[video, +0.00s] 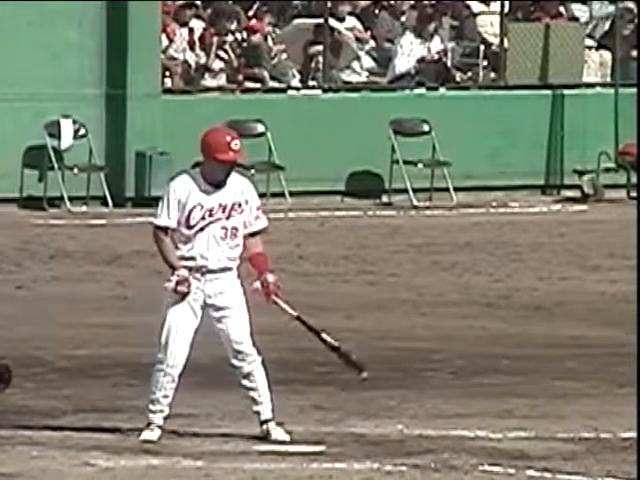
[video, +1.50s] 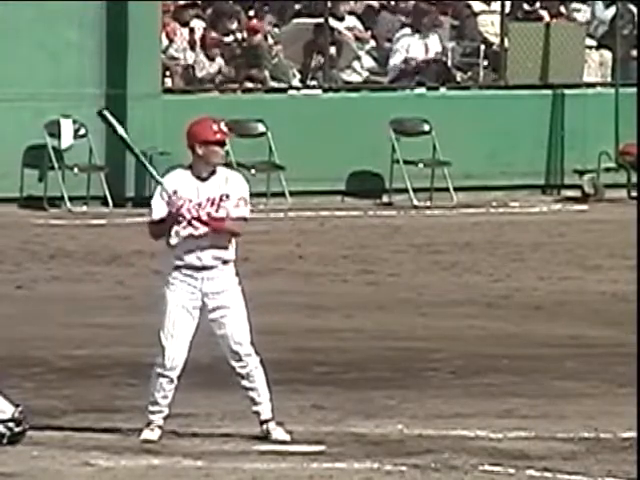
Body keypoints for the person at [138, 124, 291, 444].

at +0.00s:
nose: (230, 168)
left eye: (232, 163)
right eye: (225, 163)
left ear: (233, 160)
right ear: (209, 160)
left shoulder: (242, 187)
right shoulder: (180, 187)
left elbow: (253, 237)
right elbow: (161, 232)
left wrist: (264, 272)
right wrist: (178, 267)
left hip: (227, 279)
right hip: (188, 279)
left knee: (243, 351)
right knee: (171, 355)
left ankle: (268, 421)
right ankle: (155, 421)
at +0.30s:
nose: (234, 160)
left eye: (236, 155)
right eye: (229, 155)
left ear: (234, 155)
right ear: (211, 156)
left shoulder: (243, 184)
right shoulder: (190, 188)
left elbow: (257, 231)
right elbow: (179, 240)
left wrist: (276, 253)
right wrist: (210, 272)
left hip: (229, 278)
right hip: (189, 278)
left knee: (246, 351)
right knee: (174, 355)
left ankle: (268, 421)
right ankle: (154, 422)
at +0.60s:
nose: (233, 155)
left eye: (234, 150)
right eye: (227, 150)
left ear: (231, 152)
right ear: (208, 153)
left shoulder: (243, 184)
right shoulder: (184, 186)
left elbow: (260, 230)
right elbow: (168, 235)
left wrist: (276, 252)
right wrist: (190, 267)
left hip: (226, 281)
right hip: (187, 281)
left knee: (246, 353)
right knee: (173, 357)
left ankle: (268, 421)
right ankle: (154, 421)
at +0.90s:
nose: (218, 152)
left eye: (219, 146)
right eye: (211, 147)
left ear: (218, 149)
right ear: (193, 151)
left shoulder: (229, 184)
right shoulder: (167, 185)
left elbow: (232, 236)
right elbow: (147, 228)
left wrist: (221, 273)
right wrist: (161, 268)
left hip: (218, 277)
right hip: (178, 279)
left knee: (239, 350)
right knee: (167, 357)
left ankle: (267, 419)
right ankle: (154, 421)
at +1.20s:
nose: (222, 150)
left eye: (223, 145)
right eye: (215, 146)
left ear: (222, 147)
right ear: (196, 149)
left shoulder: (233, 183)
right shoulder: (169, 182)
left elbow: (227, 232)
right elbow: (154, 224)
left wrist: (193, 253)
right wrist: (162, 244)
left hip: (221, 277)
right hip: (184, 280)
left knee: (241, 351)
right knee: (169, 357)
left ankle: (267, 421)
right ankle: (154, 421)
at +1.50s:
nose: (222, 149)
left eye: (223, 144)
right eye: (215, 145)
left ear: (223, 146)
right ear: (197, 148)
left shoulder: (235, 181)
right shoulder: (173, 182)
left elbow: (238, 227)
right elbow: (155, 232)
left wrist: (207, 219)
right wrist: (174, 217)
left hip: (222, 274)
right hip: (183, 276)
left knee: (241, 350)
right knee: (171, 355)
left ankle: (268, 421)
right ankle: (155, 421)